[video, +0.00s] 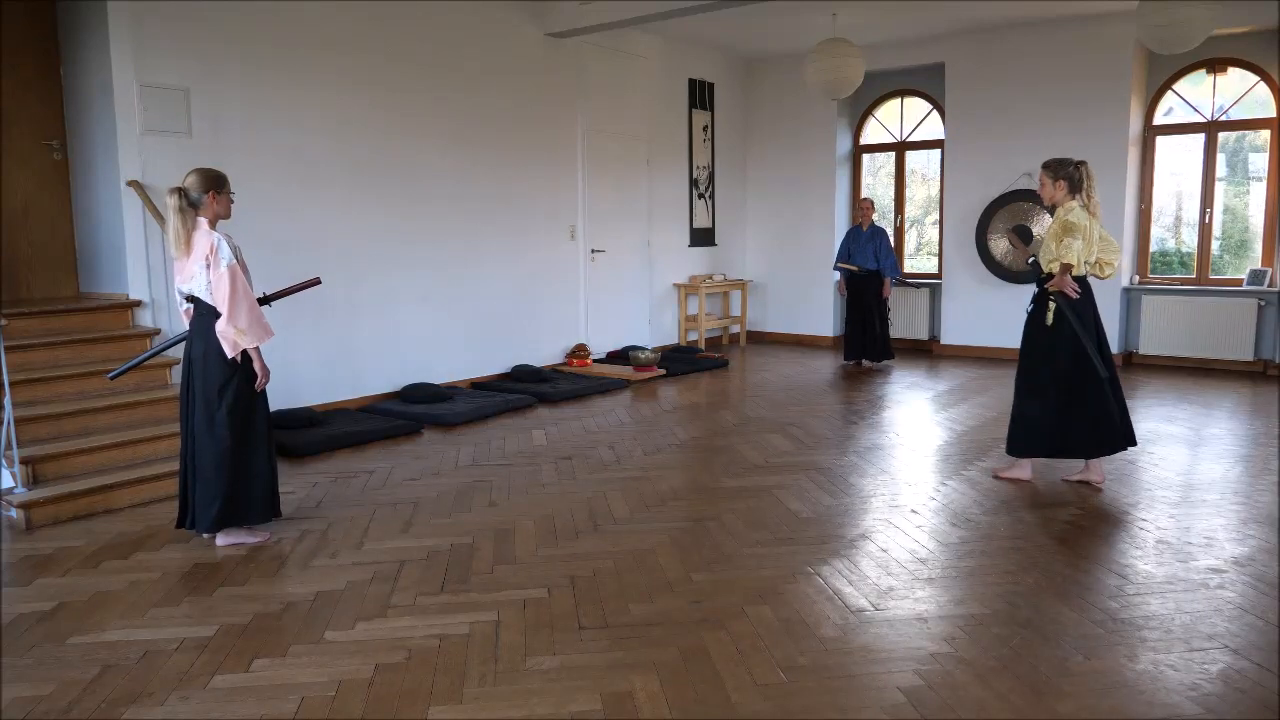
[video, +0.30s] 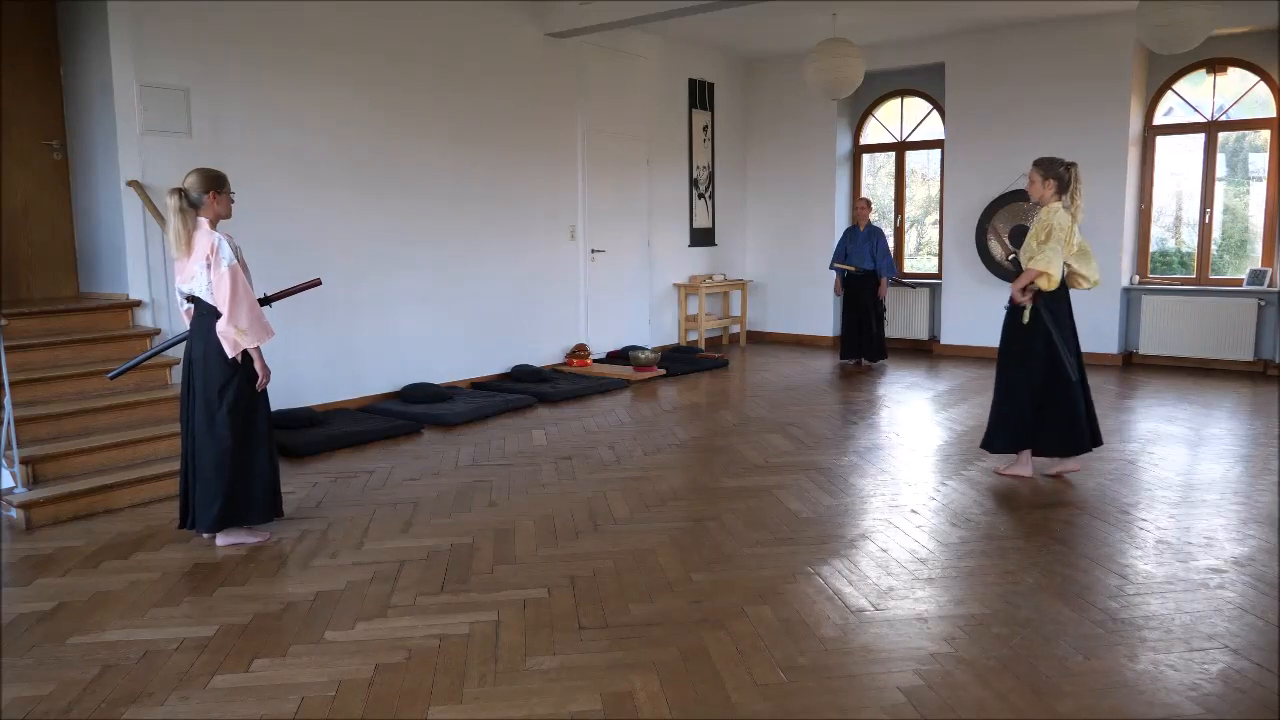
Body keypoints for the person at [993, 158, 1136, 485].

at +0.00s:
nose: (1038, 190)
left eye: (1042, 184)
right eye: (1038, 184)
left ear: (1061, 185)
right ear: (1068, 187)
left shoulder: (1068, 214)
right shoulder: (1086, 216)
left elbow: (1070, 246)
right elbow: (1109, 256)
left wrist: (1062, 275)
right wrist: (1085, 271)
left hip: (1053, 304)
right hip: (1079, 303)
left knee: (1033, 379)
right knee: (1083, 381)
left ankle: (1024, 463)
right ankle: (1094, 467)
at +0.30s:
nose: (1027, 186)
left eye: (1032, 181)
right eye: (1028, 180)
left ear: (1049, 184)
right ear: (1051, 185)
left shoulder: (1053, 215)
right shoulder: (1060, 215)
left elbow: (1048, 259)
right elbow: (1066, 261)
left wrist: (1018, 283)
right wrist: (1034, 278)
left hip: (1037, 302)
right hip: (1054, 302)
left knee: (1023, 377)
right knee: (1058, 376)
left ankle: (1023, 460)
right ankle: (1071, 454)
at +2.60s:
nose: (1011, 185)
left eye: (1015, 179)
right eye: (1013, 179)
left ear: (1030, 182)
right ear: (1034, 182)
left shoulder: (1032, 216)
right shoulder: (1048, 213)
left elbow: (1021, 267)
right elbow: (1018, 254)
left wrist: (1001, 308)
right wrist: (987, 243)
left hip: (1028, 301)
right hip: (1041, 297)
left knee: (1026, 376)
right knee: (1033, 375)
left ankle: (1025, 459)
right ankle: (1026, 455)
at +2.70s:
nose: (1010, 185)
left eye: (1014, 180)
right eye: (1011, 179)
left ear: (1030, 182)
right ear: (1034, 182)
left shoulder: (1031, 217)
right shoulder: (1048, 214)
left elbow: (1020, 267)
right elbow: (1016, 253)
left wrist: (1000, 308)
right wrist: (986, 243)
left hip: (1028, 301)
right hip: (1040, 298)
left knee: (1025, 376)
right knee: (1033, 375)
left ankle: (1024, 459)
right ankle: (1026, 455)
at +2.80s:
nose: (1010, 186)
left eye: (1013, 180)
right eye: (1011, 180)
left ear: (1029, 182)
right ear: (1033, 182)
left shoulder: (1031, 217)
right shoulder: (1048, 214)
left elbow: (1019, 267)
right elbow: (1020, 255)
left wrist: (1000, 308)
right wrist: (989, 246)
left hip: (1027, 302)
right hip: (1040, 298)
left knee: (1025, 376)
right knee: (1033, 375)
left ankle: (1025, 459)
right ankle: (1026, 455)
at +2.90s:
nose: (1009, 186)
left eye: (1013, 180)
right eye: (1010, 180)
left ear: (1028, 182)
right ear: (1032, 183)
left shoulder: (1030, 217)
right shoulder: (1046, 214)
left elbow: (1019, 267)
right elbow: (1016, 255)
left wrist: (999, 308)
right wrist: (986, 245)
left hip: (1026, 301)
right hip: (1038, 298)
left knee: (1024, 375)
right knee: (1031, 375)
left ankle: (1024, 459)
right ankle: (1025, 454)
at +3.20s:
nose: (1006, 185)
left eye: (1009, 180)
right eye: (1007, 180)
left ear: (1025, 183)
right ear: (1030, 183)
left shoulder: (1026, 217)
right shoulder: (1043, 214)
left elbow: (1015, 267)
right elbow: (1012, 256)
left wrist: (995, 307)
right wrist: (982, 245)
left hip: (1022, 301)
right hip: (1035, 298)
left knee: (1021, 375)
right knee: (1028, 375)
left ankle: (1022, 459)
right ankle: (1023, 455)